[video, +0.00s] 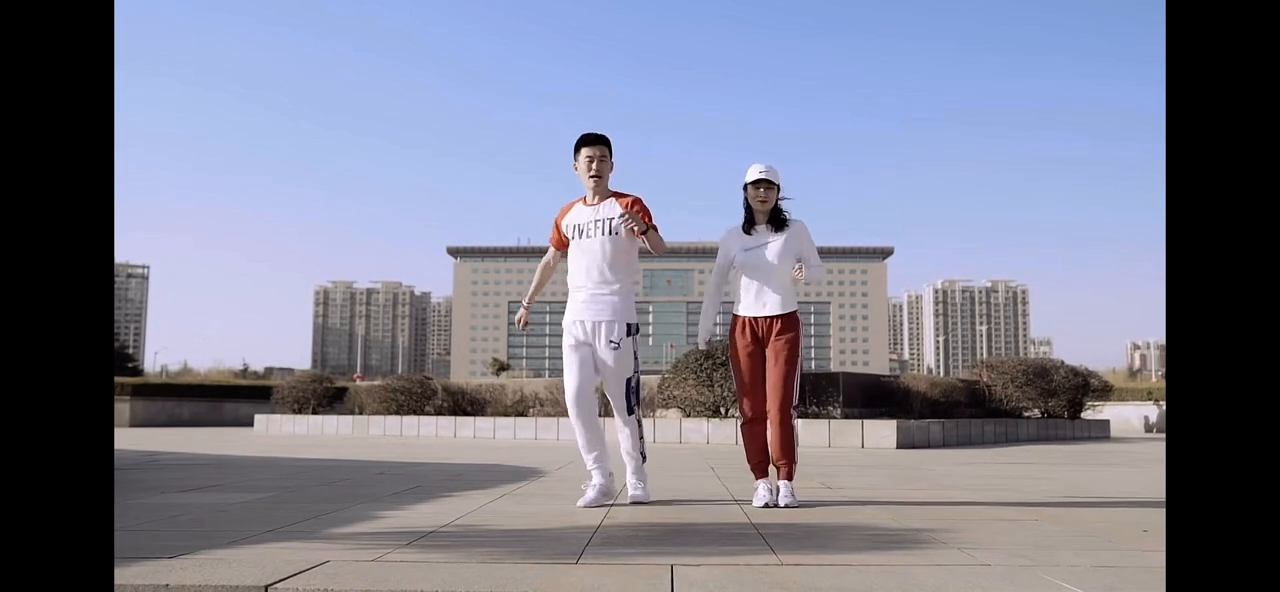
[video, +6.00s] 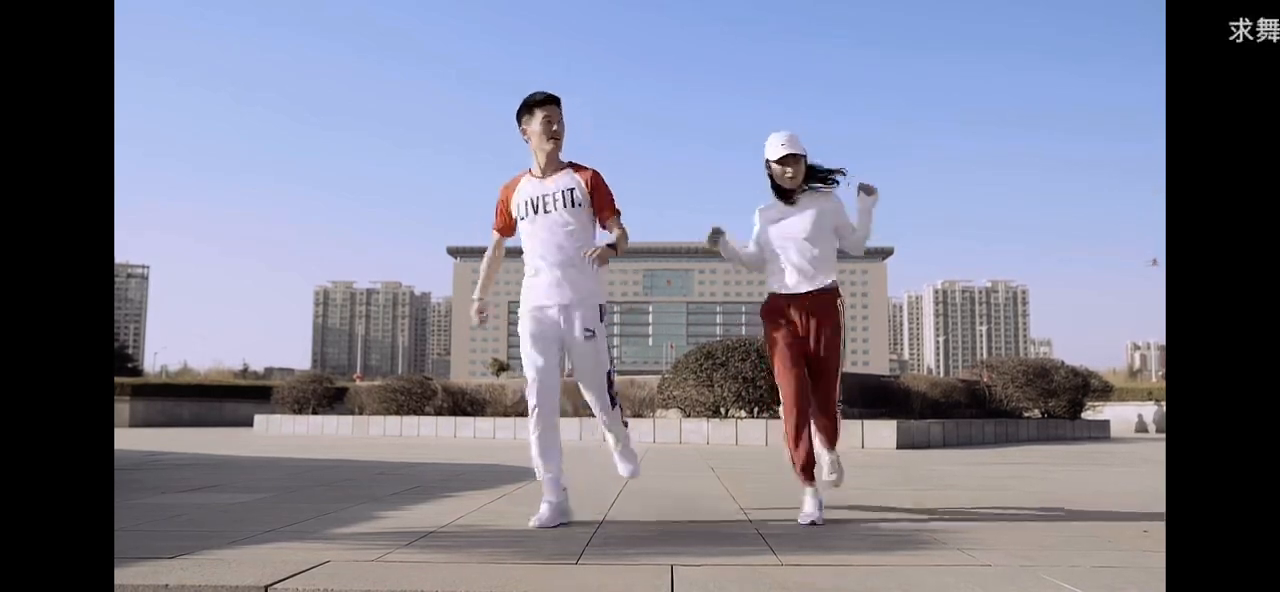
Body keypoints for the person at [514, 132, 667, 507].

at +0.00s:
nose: (595, 165)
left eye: (602, 159)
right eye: (588, 160)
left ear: (611, 165)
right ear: (577, 167)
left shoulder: (630, 206)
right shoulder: (567, 216)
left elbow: (660, 249)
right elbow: (549, 263)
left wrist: (643, 232)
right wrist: (527, 302)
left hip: (616, 316)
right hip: (576, 316)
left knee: (624, 404)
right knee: (576, 400)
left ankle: (636, 479)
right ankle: (600, 480)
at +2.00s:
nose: (593, 153)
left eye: (600, 147)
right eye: (586, 146)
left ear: (608, 150)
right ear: (571, 147)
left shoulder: (621, 198)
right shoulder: (548, 194)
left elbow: (632, 254)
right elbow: (530, 249)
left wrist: (621, 268)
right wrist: (510, 297)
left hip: (600, 297)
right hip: (559, 291)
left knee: (590, 394)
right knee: (544, 315)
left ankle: (586, 481)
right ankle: (550, 398)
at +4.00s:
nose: (567, 146)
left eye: (573, 140)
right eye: (559, 140)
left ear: (581, 146)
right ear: (543, 147)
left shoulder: (602, 195)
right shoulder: (526, 196)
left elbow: (611, 247)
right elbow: (494, 240)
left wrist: (623, 286)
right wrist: (506, 224)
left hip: (590, 296)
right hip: (548, 303)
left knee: (583, 329)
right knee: (553, 404)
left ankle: (596, 406)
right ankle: (564, 484)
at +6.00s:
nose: (555, 125)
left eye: (558, 119)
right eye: (545, 120)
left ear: (564, 128)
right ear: (525, 131)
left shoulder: (587, 178)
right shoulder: (512, 190)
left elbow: (618, 232)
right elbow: (496, 247)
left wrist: (610, 245)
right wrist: (480, 293)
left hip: (583, 300)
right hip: (537, 302)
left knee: (599, 396)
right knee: (540, 403)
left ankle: (618, 441)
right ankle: (553, 498)